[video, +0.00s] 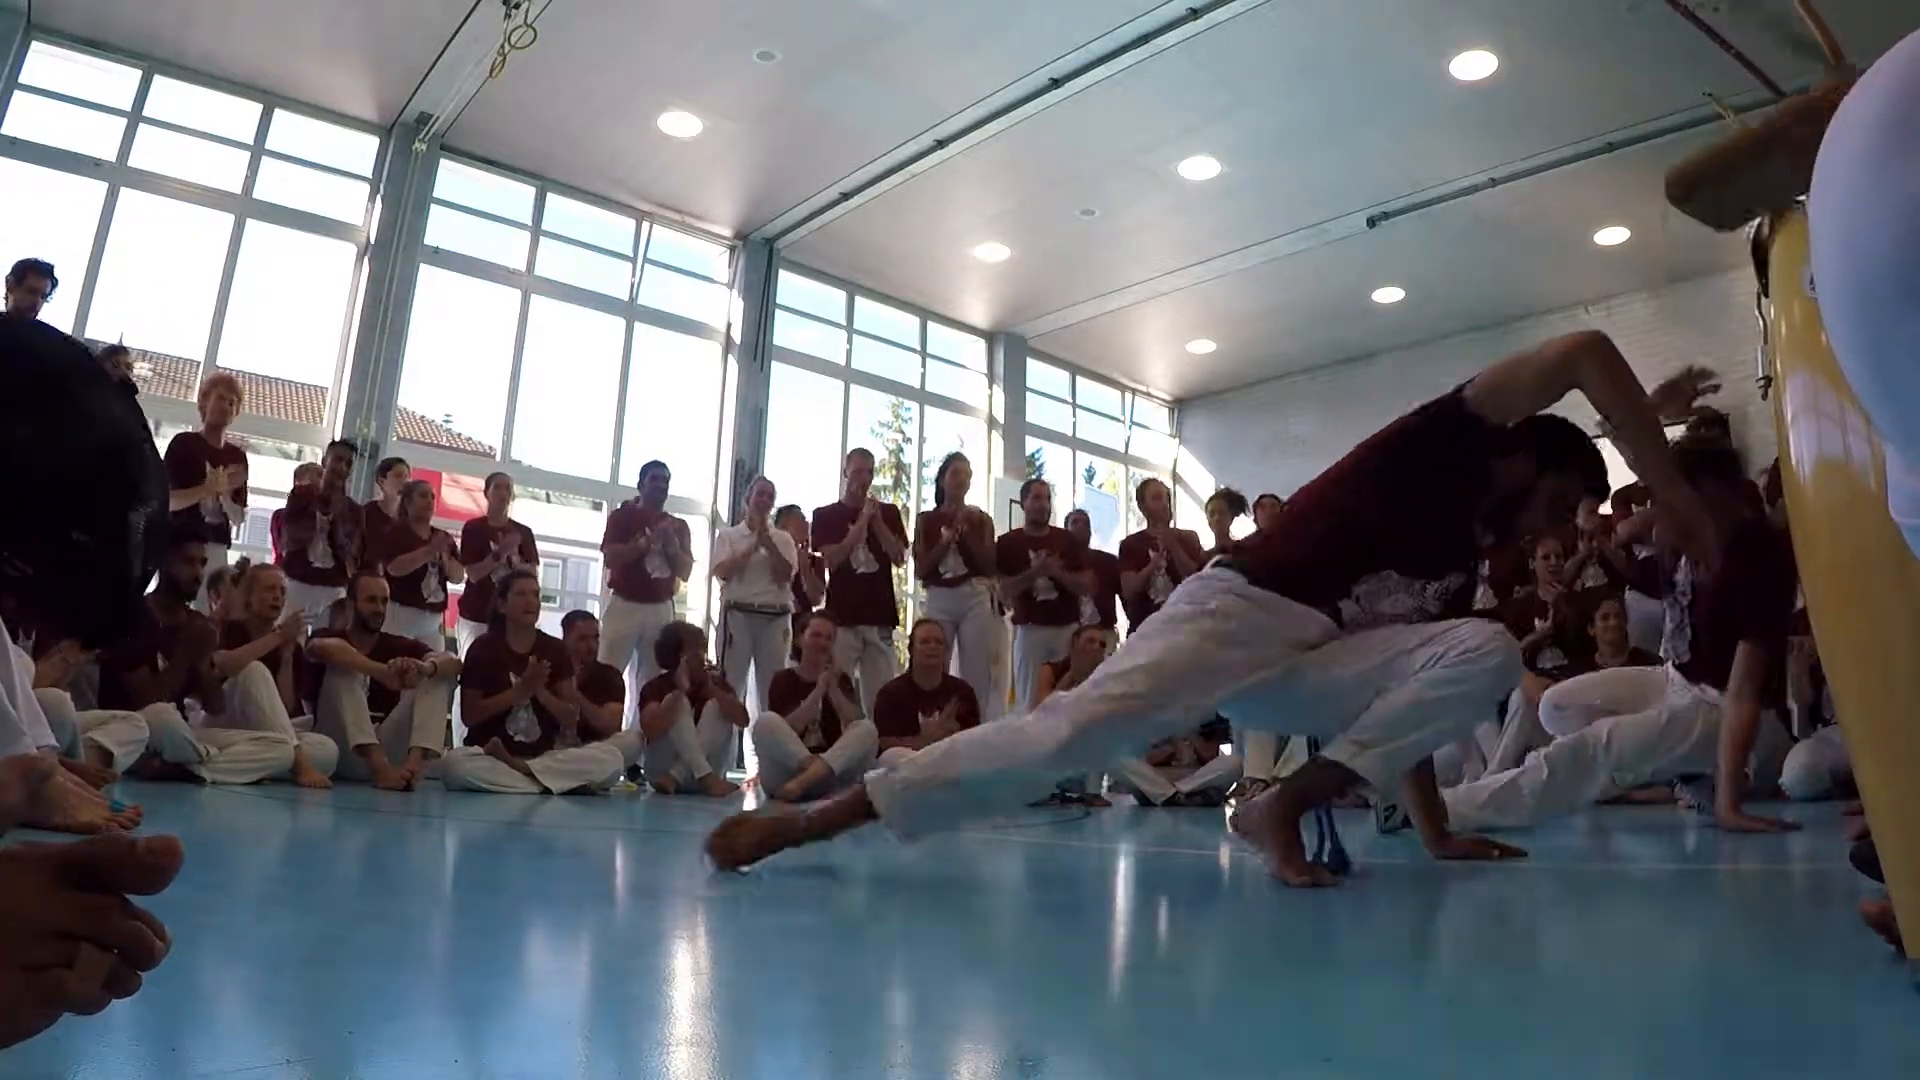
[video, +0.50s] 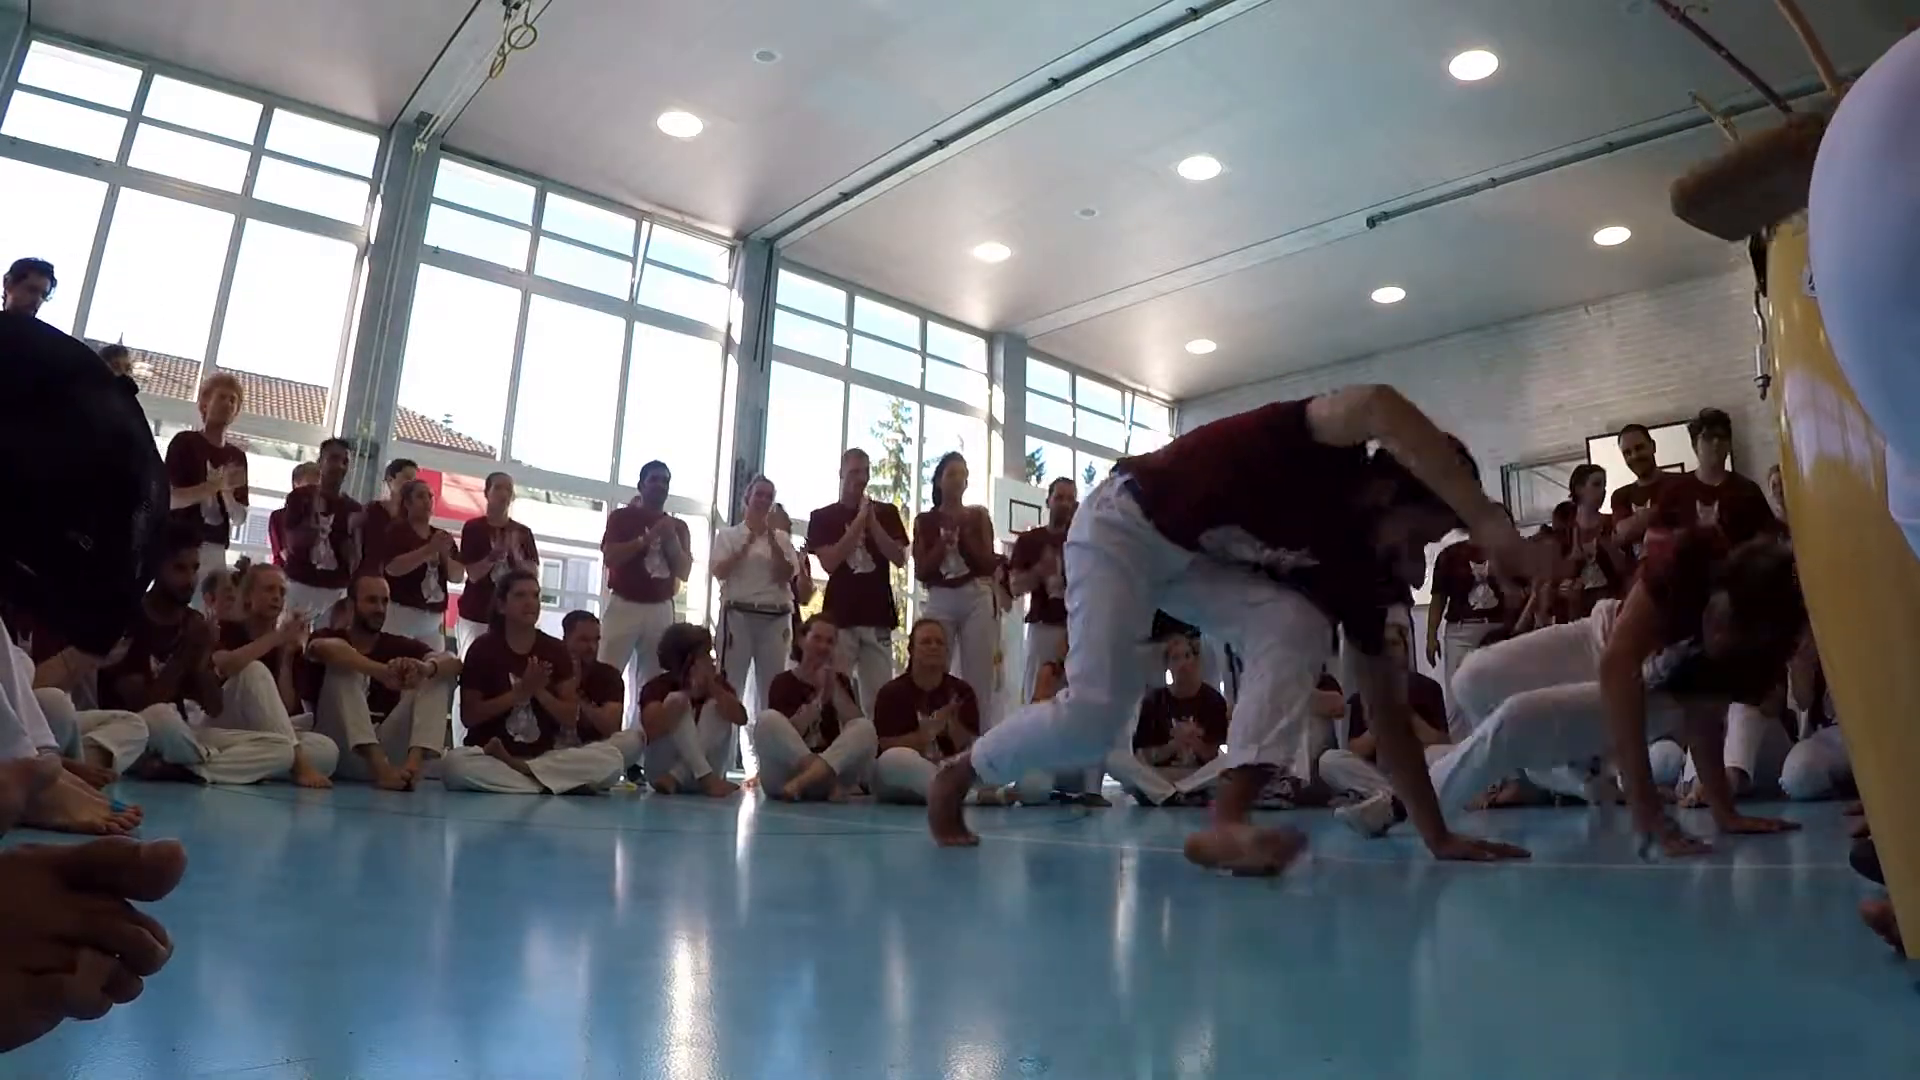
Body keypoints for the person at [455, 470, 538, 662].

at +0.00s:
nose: (503, 494)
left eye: (507, 489)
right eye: (497, 488)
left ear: (512, 495)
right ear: (486, 493)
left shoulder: (524, 532)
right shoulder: (473, 528)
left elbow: (533, 573)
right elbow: (473, 575)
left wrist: (515, 559)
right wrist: (501, 551)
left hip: (511, 618)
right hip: (475, 615)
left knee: (506, 680)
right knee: (473, 679)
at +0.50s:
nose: (503, 494)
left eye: (508, 490)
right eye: (498, 489)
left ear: (512, 495)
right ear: (486, 493)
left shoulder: (523, 532)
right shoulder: (473, 528)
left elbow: (533, 573)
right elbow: (473, 575)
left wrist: (516, 555)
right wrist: (493, 556)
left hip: (511, 617)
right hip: (475, 615)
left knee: (506, 679)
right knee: (472, 679)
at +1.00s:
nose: (504, 494)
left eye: (509, 489)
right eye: (499, 489)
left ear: (514, 495)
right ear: (488, 493)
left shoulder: (523, 532)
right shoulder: (473, 527)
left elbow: (533, 573)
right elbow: (473, 575)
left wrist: (518, 547)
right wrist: (496, 554)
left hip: (510, 619)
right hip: (474, 616)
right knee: (470, 680)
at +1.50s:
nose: (505, 492)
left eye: (509, 488)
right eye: (499, 487)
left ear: (514, 494)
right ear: (488, 493)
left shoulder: (524, 531)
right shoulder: (474, 527)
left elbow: (534, 573)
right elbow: (473, 574)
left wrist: (522, 548)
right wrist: (496, 553)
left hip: (510, 619)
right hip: (475, 615)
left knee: (504, 681)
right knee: (471, 679)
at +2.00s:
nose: (504, 493)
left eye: (509, 489)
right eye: (498, 487)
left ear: (513, 495)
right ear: (487, 492)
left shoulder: (524, 533)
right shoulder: (474, 527)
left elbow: (533, 574)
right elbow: (474, 574)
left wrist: (515, 554)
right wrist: (497, 554)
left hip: (511, 619)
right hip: (475, 616)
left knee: (505, 680)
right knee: (471, 680)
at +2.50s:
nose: (504, 493)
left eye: (509, 489)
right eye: (499, 488)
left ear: (513, 495)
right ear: (488, 493)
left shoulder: (524, 532)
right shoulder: (474, 527)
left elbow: (533, 574)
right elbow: (473, 575)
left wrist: (518, 552)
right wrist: (494, 554)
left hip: (511, 618)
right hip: (475, 615)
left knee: (505, 682)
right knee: (472, 680)